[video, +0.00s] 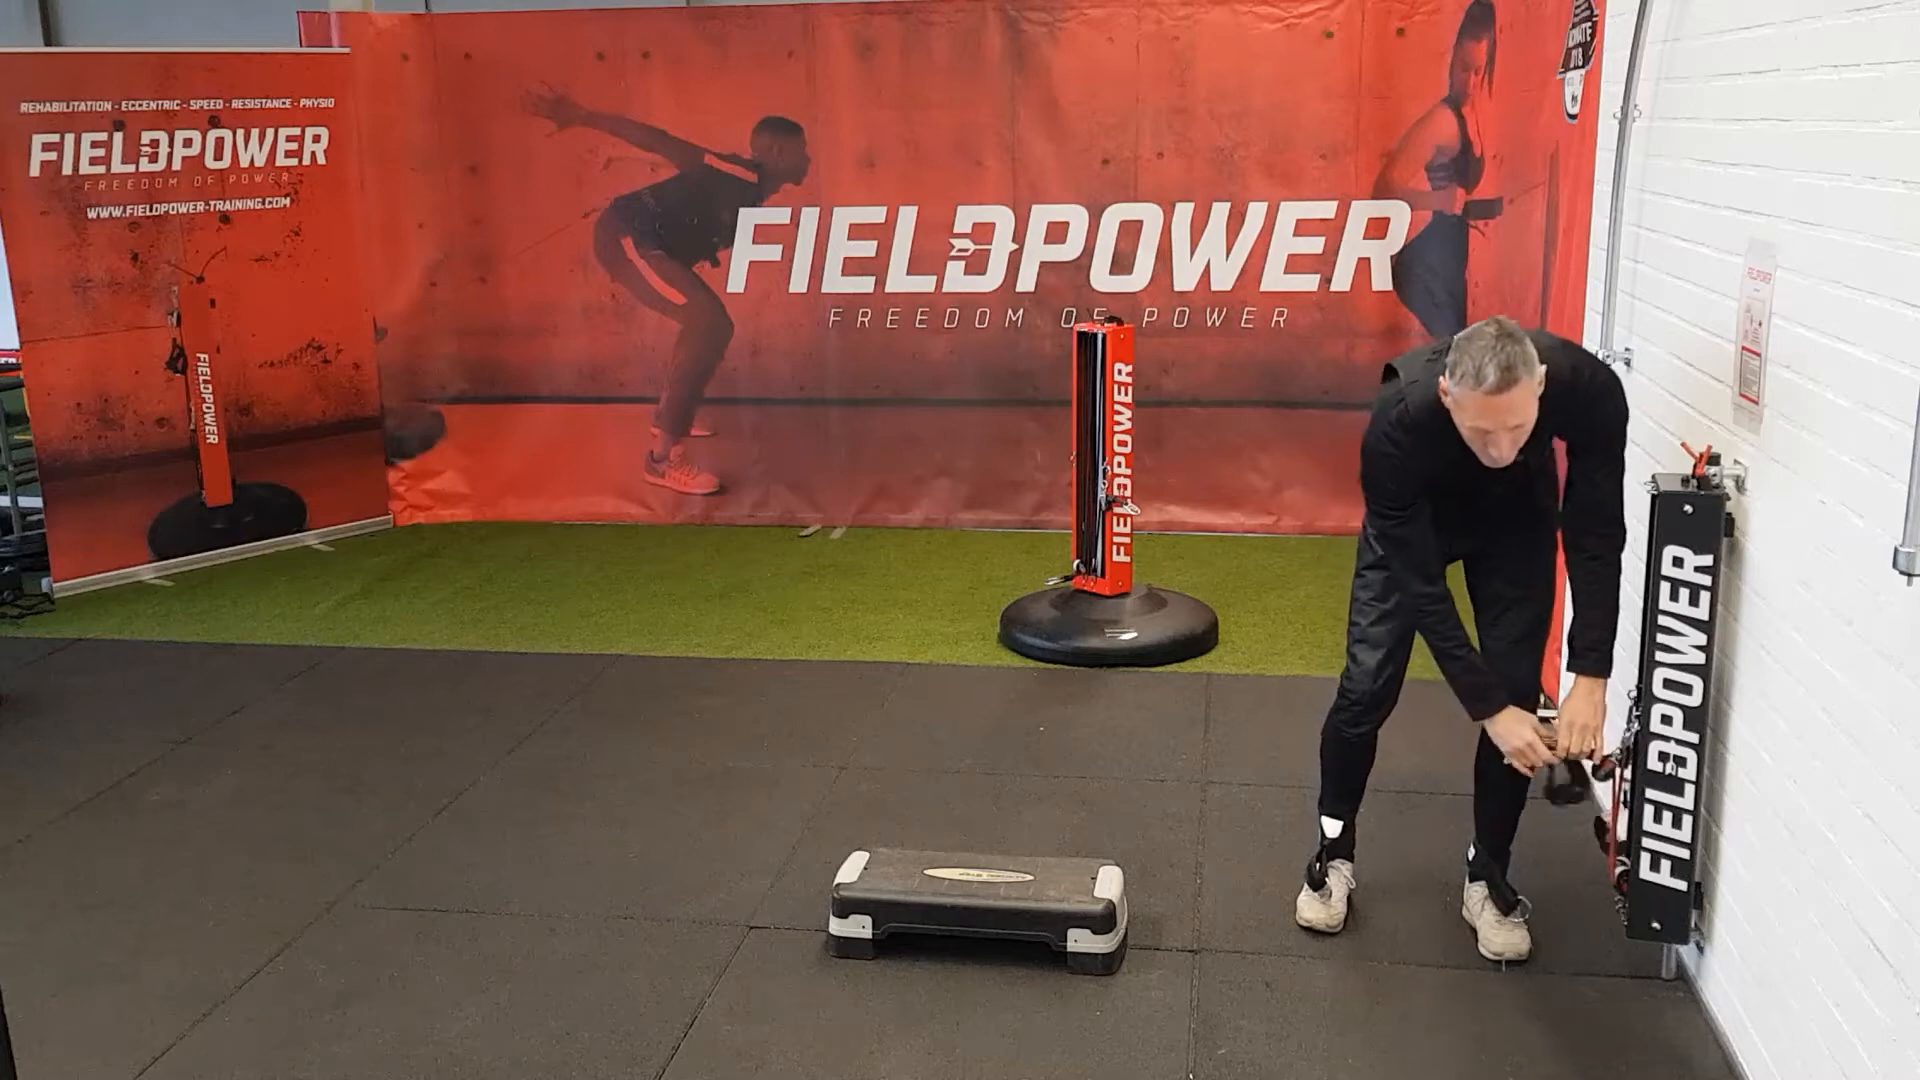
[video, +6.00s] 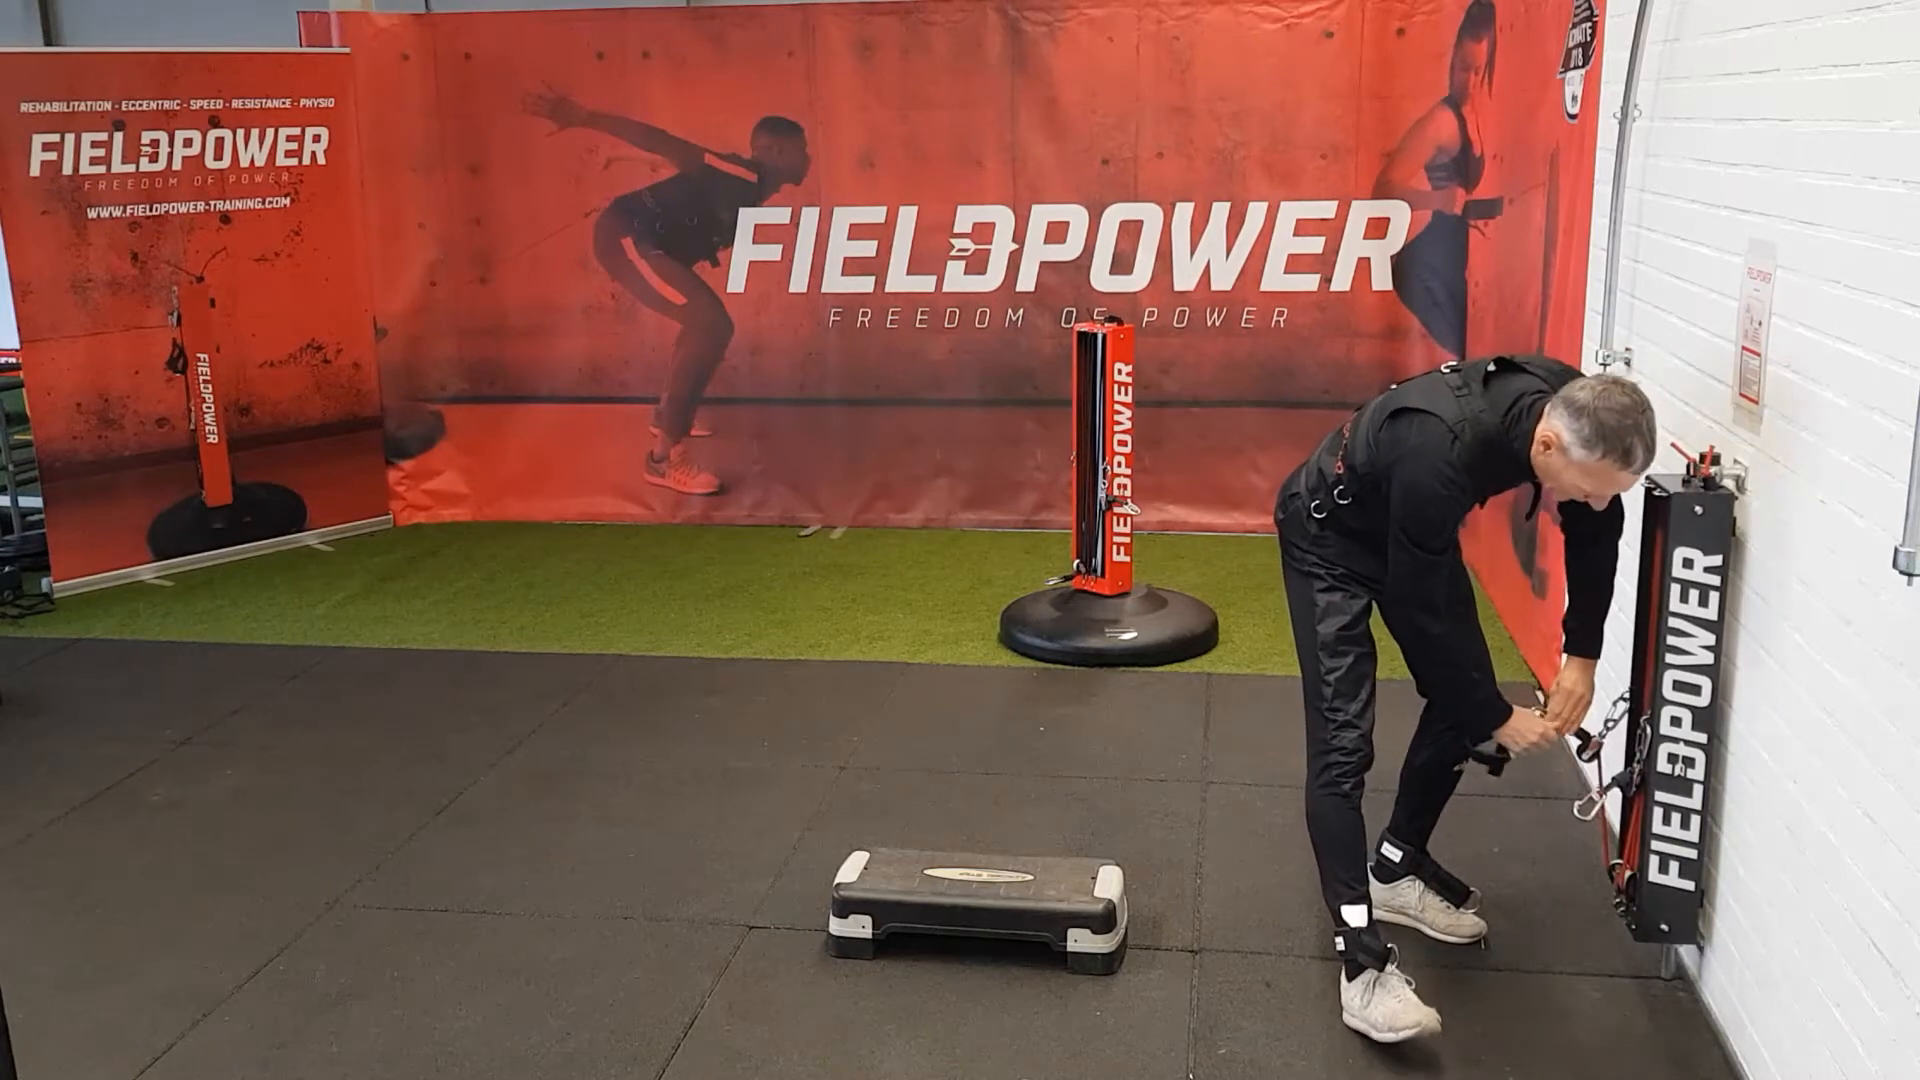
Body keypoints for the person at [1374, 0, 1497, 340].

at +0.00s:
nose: (1471, 81)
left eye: (1480, 72)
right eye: (1464, 69)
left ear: (1488, 72)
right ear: (1450, 66)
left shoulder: (1466, 118)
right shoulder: (1440, 120)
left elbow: (1436, 187)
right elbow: (1388, 186)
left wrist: (1471, 209)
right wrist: (1439, 200)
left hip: (1446, 253)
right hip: (1425, 256)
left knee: (1454, 344)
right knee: (1447, 345)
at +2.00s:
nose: (1470, 84)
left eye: (1479, 72)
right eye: (1463, 70)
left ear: (1490, 69)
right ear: (1448, 65)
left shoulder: (1473, 115)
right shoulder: (1440, 120)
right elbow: (1390, 185)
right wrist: (1438, 199)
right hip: (1426, 249)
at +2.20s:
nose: (1471, 81)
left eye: (1480, 71)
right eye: (1464, 69)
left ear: (1489, 70)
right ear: (1450, 66)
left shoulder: (1473, 115)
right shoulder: (1440, 121)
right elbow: (1385, 189)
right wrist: (1442, 200)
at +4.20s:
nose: (1473, 80)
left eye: (1483, 70)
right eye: (1466, 68)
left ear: (1493, 70)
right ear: (1452, 64)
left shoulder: (1470, 119)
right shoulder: (1442, 120)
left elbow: (1437, 187)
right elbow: (1387, 188)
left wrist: (1469, 212)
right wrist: (1440, 199)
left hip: (1446, 256)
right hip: (1425, 258)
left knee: (1450, 357)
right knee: (1442, 359)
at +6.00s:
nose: (1471, 81)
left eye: (1482, 71)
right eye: (1464, 68)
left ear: (1492, 73)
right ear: (1450, 66)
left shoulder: (1469, 121)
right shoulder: (1440, 121)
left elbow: (1440, 194)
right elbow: (1387, 188)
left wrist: (1474, 211)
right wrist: (1437, 199)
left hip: (1447, 257)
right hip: (1424, 260)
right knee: (1451, 358)